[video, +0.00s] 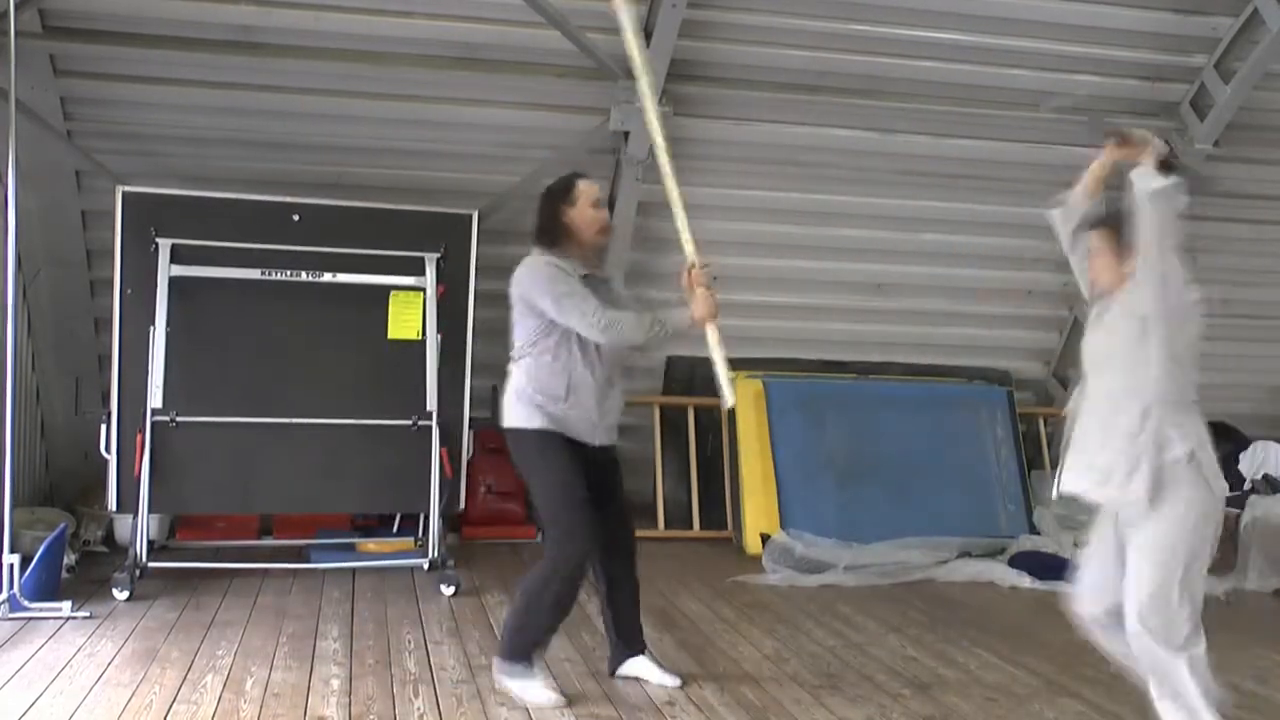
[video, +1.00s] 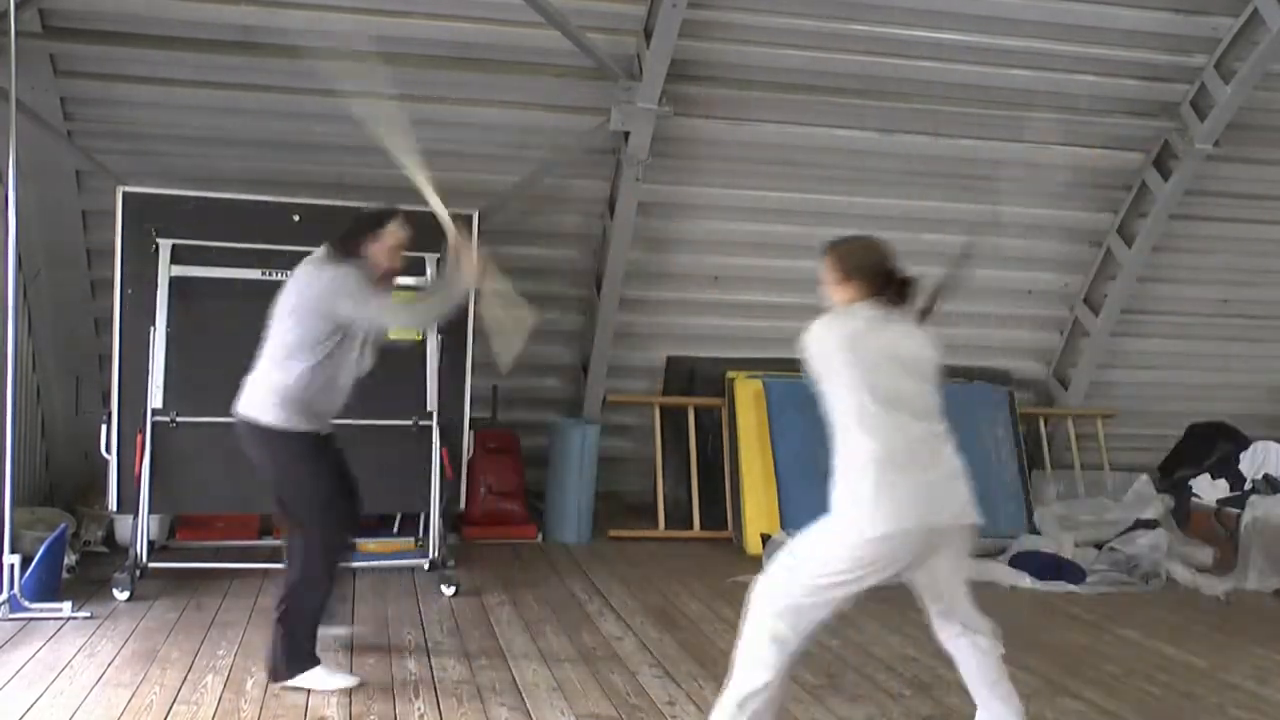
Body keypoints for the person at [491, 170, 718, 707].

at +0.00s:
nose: (606, 215)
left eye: (606, 206)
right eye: (595, 205)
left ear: (595, 218)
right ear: (563, 215)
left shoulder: (599, 283)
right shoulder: (536, 272)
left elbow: (630, 338)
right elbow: (605, 328)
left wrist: (686, 302)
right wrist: (684, 317)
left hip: (590, 429)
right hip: (538, 422)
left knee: (616, 541)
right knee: (572, 541)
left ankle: (628, 657)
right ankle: (514, 661)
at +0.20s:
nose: (565, 230)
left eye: (566, 221)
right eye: (554, 220)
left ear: (555, 230)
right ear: (521, 228)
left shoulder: (547, 281)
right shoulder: (496, 288)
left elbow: (602, 313)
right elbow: (568, 347)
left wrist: (653, 298)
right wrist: (655, 330)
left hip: (532, 435)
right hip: (488, 434)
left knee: (577, 529)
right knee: (542, 546)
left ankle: (559, 636)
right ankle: (515, 682)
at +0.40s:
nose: (493, 242)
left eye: (496, 232)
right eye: (484, 232)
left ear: (481, 233)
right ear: (453, 231)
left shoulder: (462, 274)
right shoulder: (446, 283)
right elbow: (531, 278)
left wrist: (571, 196)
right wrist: (582, 214)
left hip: (474, 430)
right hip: (449, 432)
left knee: (464, 546)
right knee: (488, 545)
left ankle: (396, 624)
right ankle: (506, 678)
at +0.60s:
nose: (466, 227)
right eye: (456, 216)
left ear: (424, 217)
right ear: (436, 218)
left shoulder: (433, 260)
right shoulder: (422, 257)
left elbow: (458, 206)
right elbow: (463, 203)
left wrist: (423, 157)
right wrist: (419, 156)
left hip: (431, 418)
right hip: (408, 420)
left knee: (436, 530)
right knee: (456, 532)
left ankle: (405, 624)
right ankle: (393, 637)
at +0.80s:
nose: (444, 237)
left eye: (448, 230)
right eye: (439, 227)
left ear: (431, 231)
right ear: (415, 216)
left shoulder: (410, 271)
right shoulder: (375, 242)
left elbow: (437, 316)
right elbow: (436, 188)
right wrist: (429, 136)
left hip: (381, 408)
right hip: (356, 406)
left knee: (395, 523)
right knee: (389, 527)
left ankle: (355, 619)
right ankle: (387, 660)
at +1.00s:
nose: (397, 259)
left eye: (403, 250)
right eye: (392, 247)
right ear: (366, 239)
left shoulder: (338, 274)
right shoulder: (333, 278)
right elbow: (406, 316)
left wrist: (451, 281)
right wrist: (460, 282)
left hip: (301, 423)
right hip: (276, 424)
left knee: (339, 510)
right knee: (320, 525)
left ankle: (309, 613)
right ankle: (291, 662)